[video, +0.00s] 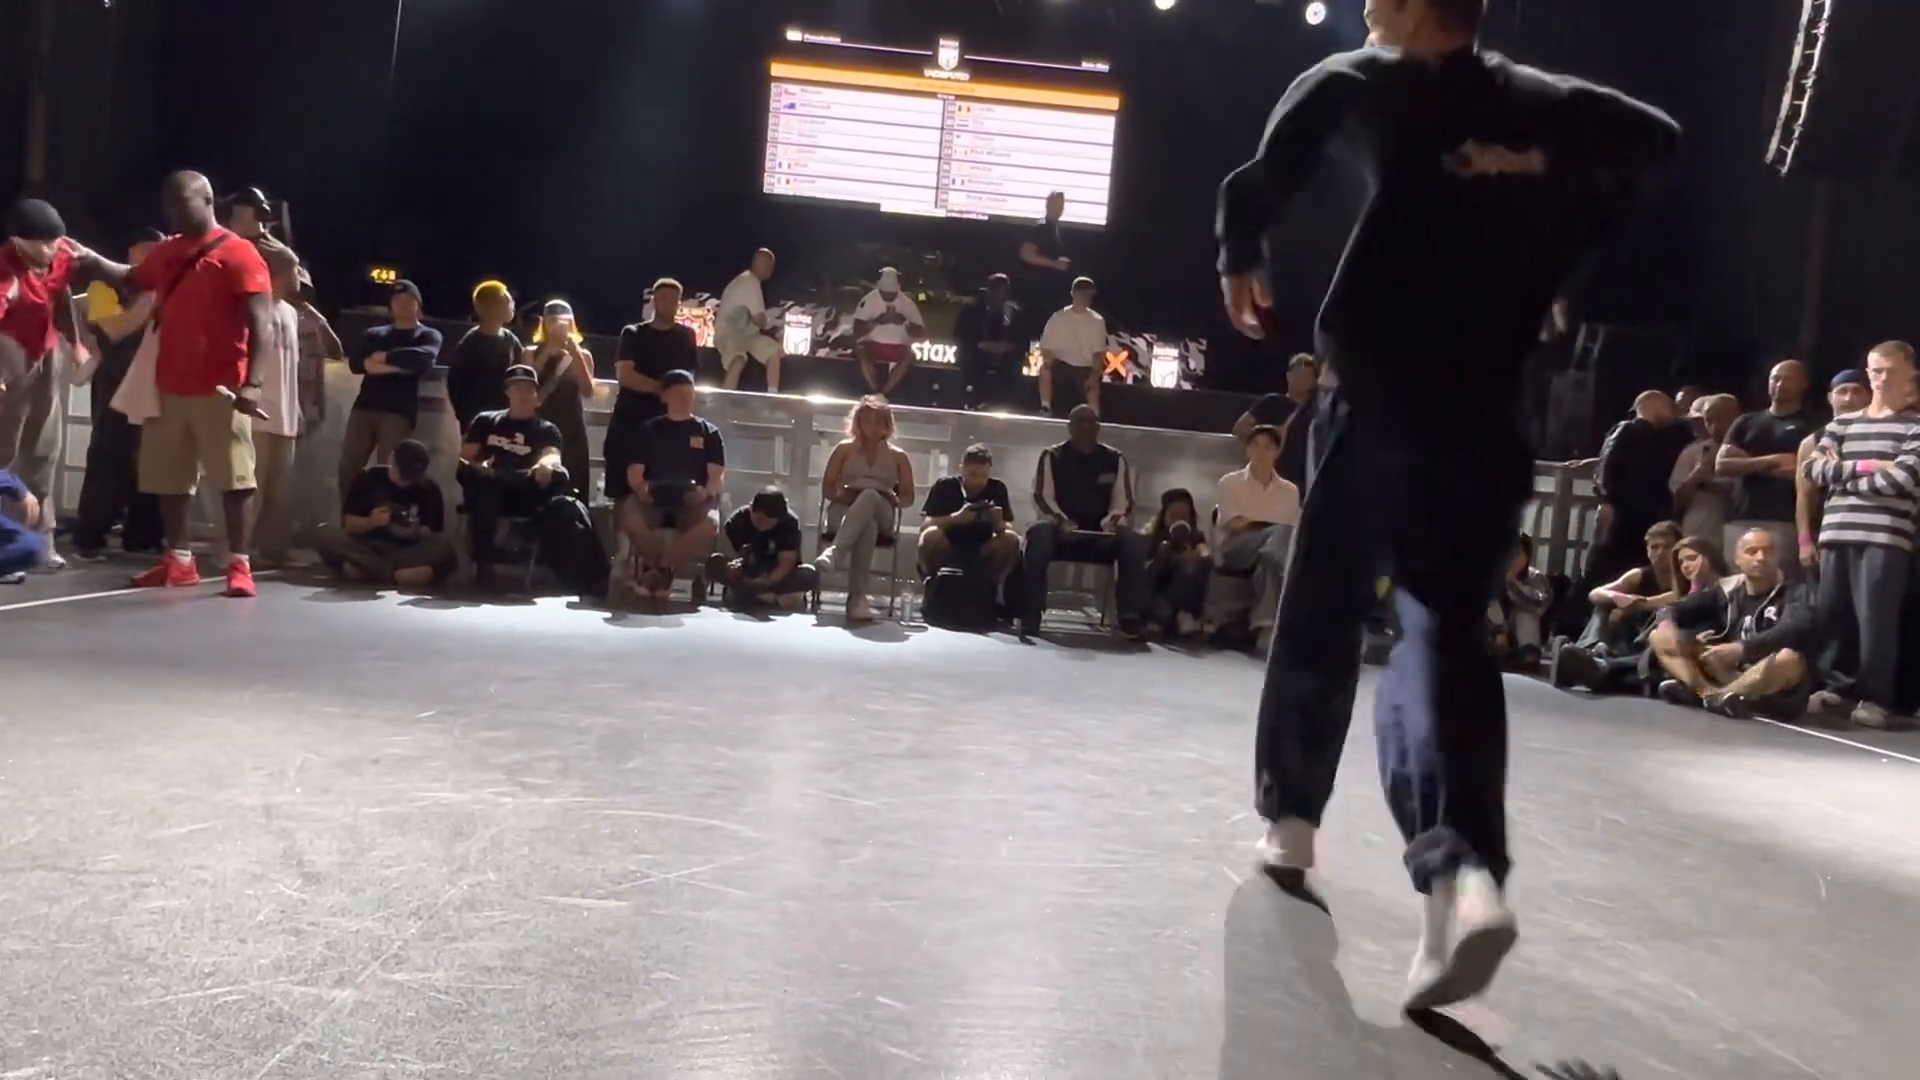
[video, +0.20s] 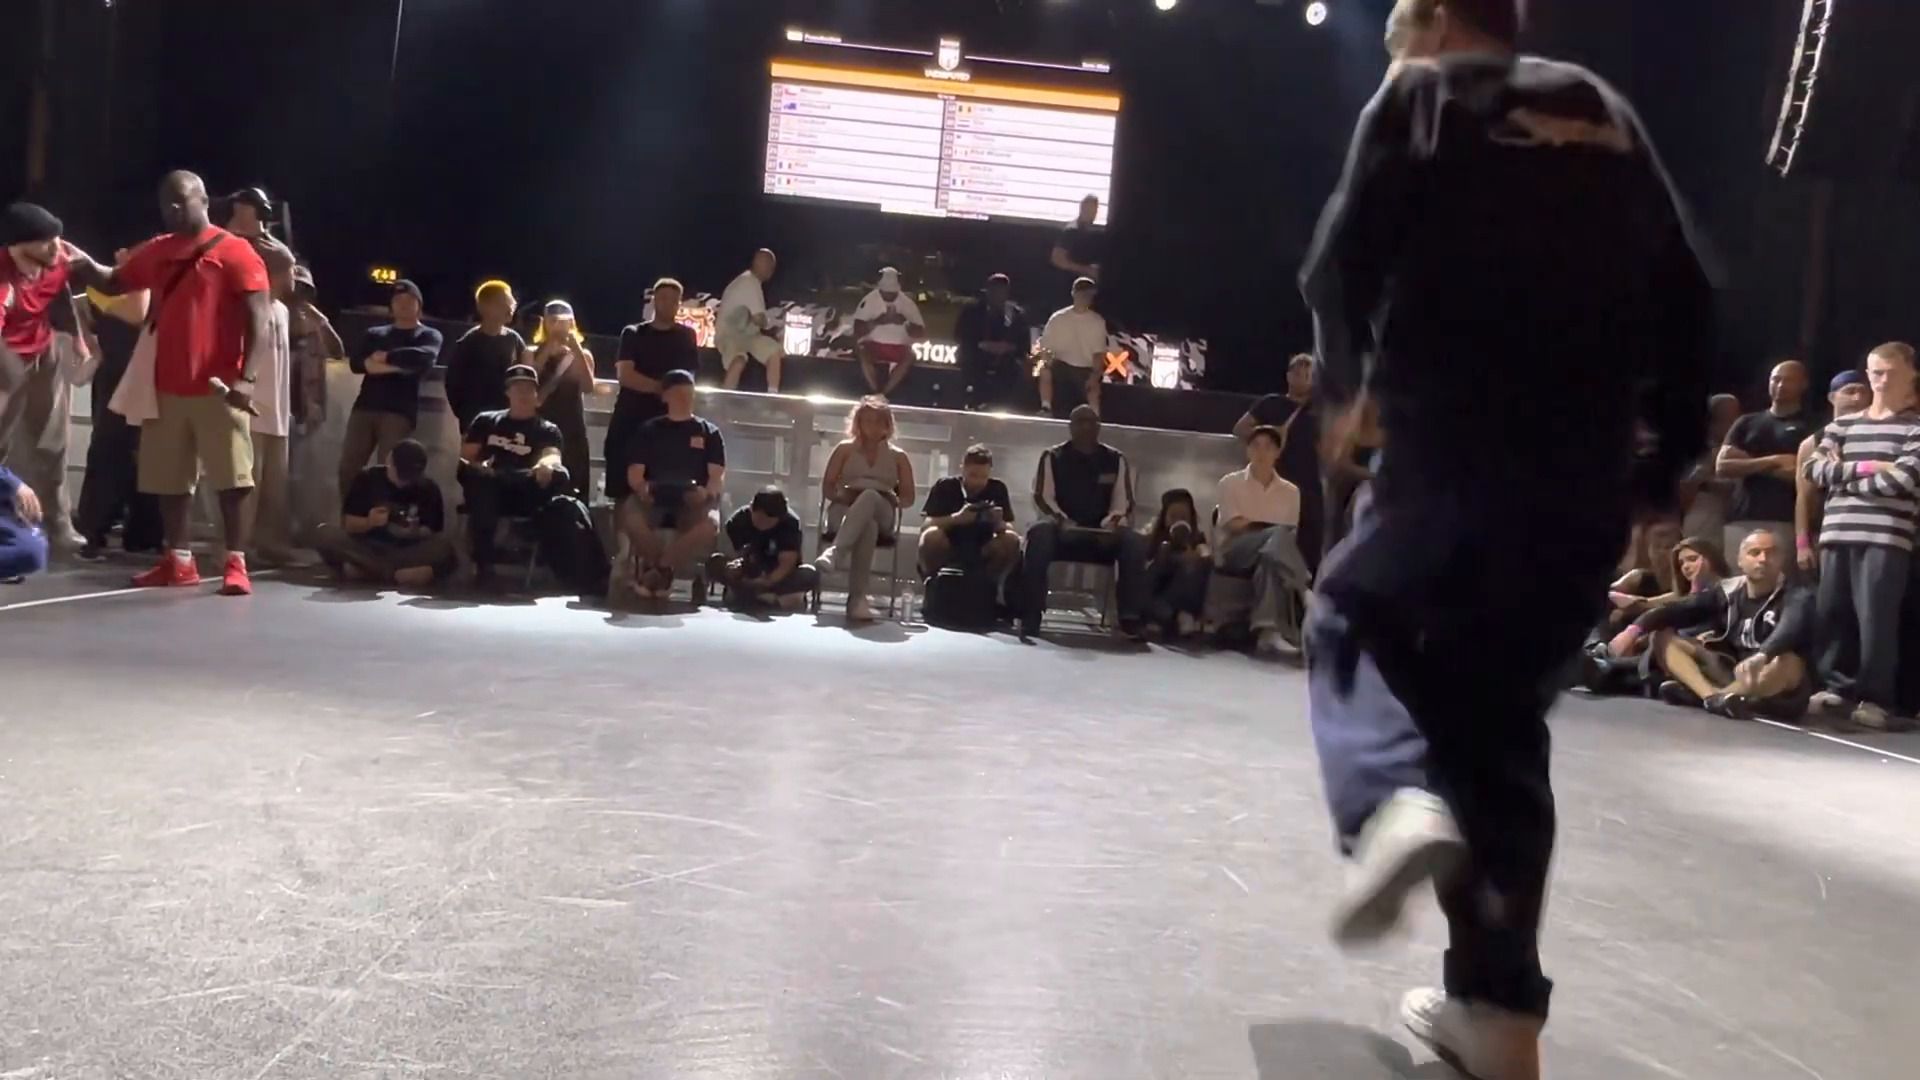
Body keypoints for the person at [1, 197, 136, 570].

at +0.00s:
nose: (54, 248)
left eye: (56, 240)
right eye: (46, 242)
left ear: (57, 237)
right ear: (21, 241)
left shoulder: (62, 253)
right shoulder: (8, 266)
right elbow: (5, 308)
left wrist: (76, 341)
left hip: (50, 357)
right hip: (11, 360)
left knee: (45, 450)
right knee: (8, 452)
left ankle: (41, 542)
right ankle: (8, 547)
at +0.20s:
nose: (46, 262)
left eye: (50, 253)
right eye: (37, 257)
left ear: (56, 241)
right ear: (13, 249)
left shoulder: (60, 258)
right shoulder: (6, 275)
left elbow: (68, 298)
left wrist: (79, 334)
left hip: (47, 352)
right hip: (9, 357)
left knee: (52, 440)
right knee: (7, 443)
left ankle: (59, 526)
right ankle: (9, 526)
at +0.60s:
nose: (73, 205)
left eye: (70, 198)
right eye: (65, 199)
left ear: (49, 209)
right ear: (44, 207)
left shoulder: (63, 249)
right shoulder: (8, 253)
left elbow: (60, 300)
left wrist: (73, 342)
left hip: (49, 355)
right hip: (9, 361)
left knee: (62, 444)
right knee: (6, 449)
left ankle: (70, 526)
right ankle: (7, 531)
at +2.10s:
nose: (89, 243)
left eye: (92, 236)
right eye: (84, 233)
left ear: (68, 229)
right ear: (58, 223)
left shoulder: (73, 272)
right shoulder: (14, 250)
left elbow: (66, 322)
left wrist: (70, 337)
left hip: (52, 380)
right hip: (10, 380)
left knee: (47, 485)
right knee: (6, 486)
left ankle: (32, 579)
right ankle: (4, 582)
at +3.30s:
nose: (78, 291)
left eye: (82, 285)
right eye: (73, 282)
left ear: (69, 280)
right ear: (50, 272)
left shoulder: (68, 322)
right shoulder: (11, 298)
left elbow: (69, 375)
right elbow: (4, 309)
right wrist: (4, 297)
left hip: (46, 425)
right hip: (7, 424)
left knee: (42, 525)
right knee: (6, 521)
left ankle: (27, 622)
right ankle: (8, 621)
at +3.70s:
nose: (75, 289)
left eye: (77, 282)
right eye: (70, 281)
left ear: (58, 280)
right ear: (45, 275)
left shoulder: (67, 324)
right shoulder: (8, 304)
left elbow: (64, 379)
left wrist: (56, 414)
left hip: (47, 428)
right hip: (8, 428)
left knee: (47, 525)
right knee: (7, 524)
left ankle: (33, 623)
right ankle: (9, 623)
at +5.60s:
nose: (103, 254)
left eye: (103, 247)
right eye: (96, 246)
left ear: (77, 248)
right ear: (72, 244)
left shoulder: (79, 296)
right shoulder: (25, 278)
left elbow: (66, 352)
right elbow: (4, 342)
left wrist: (88, 367)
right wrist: (50, 375)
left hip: (71, 401)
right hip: (32, 403)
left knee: (70, 499)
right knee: (34, 496)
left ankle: (58, 592)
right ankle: (29, 588)